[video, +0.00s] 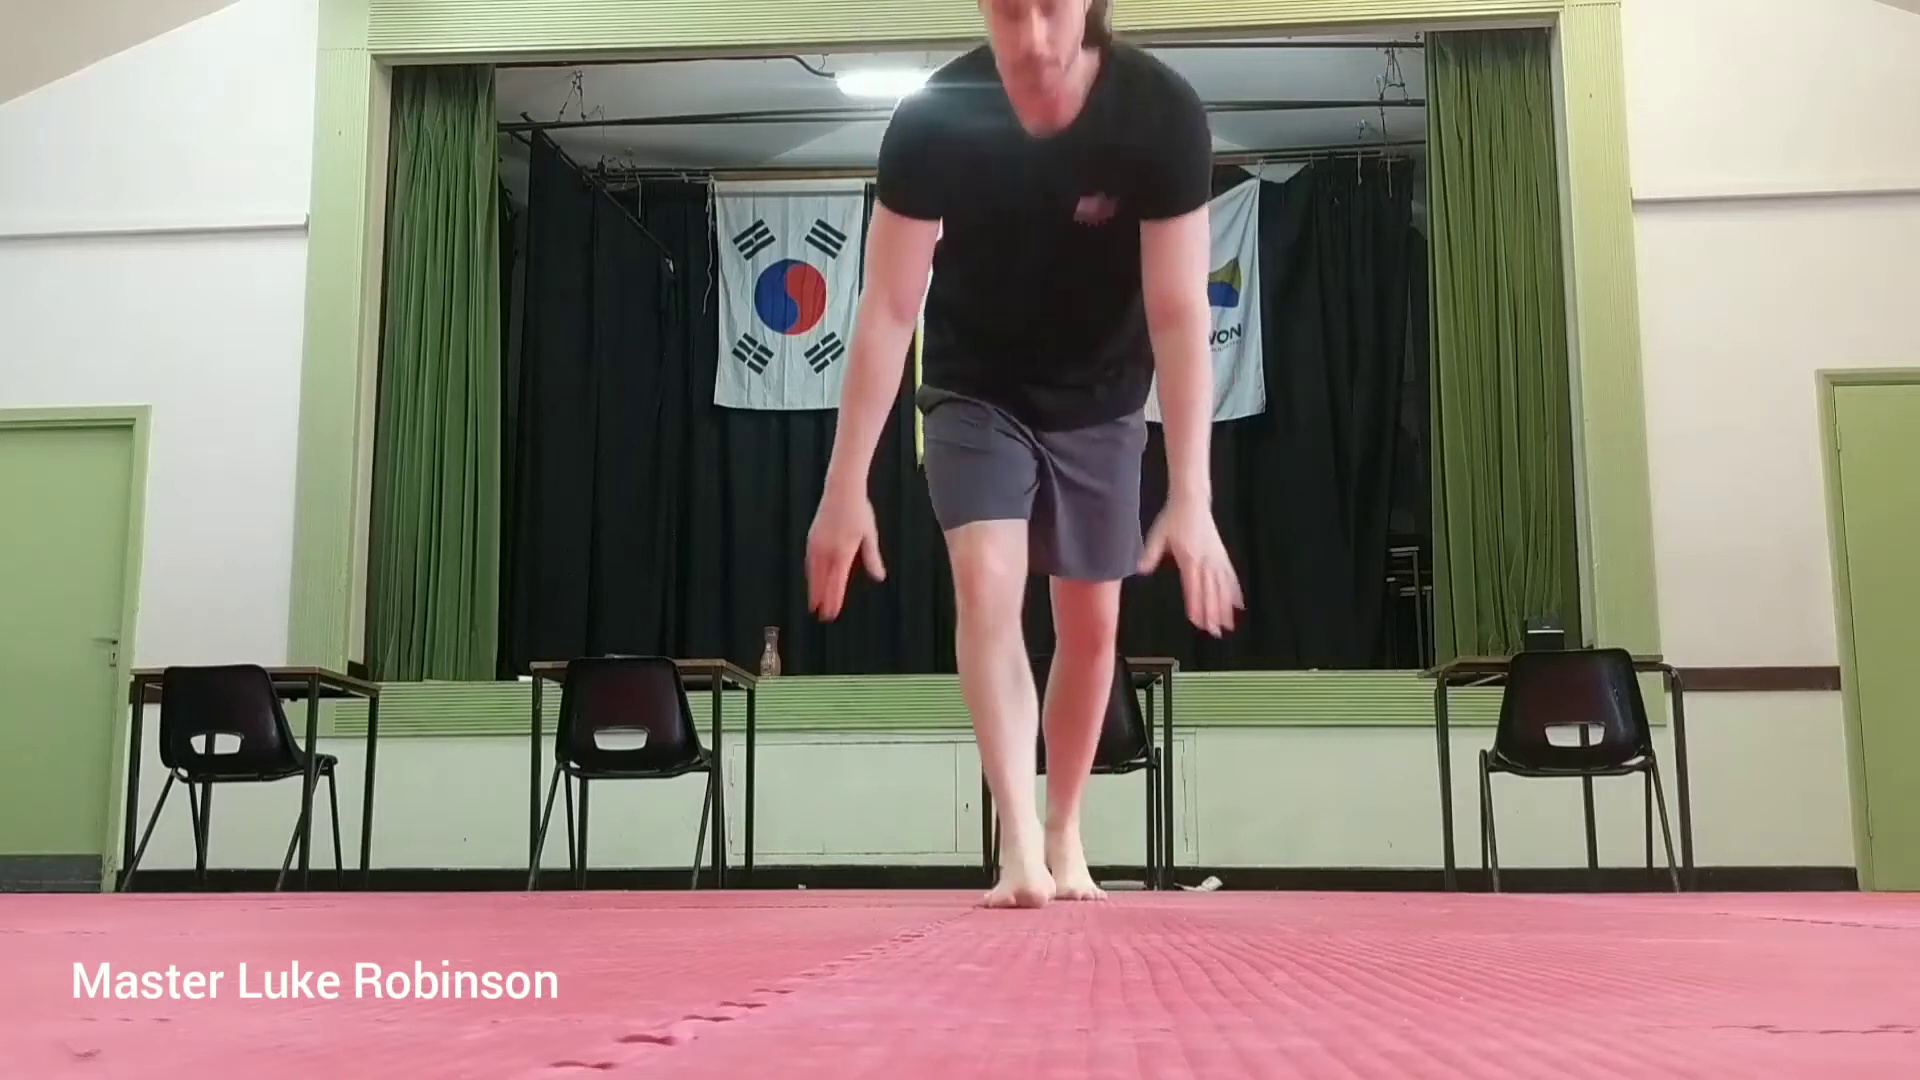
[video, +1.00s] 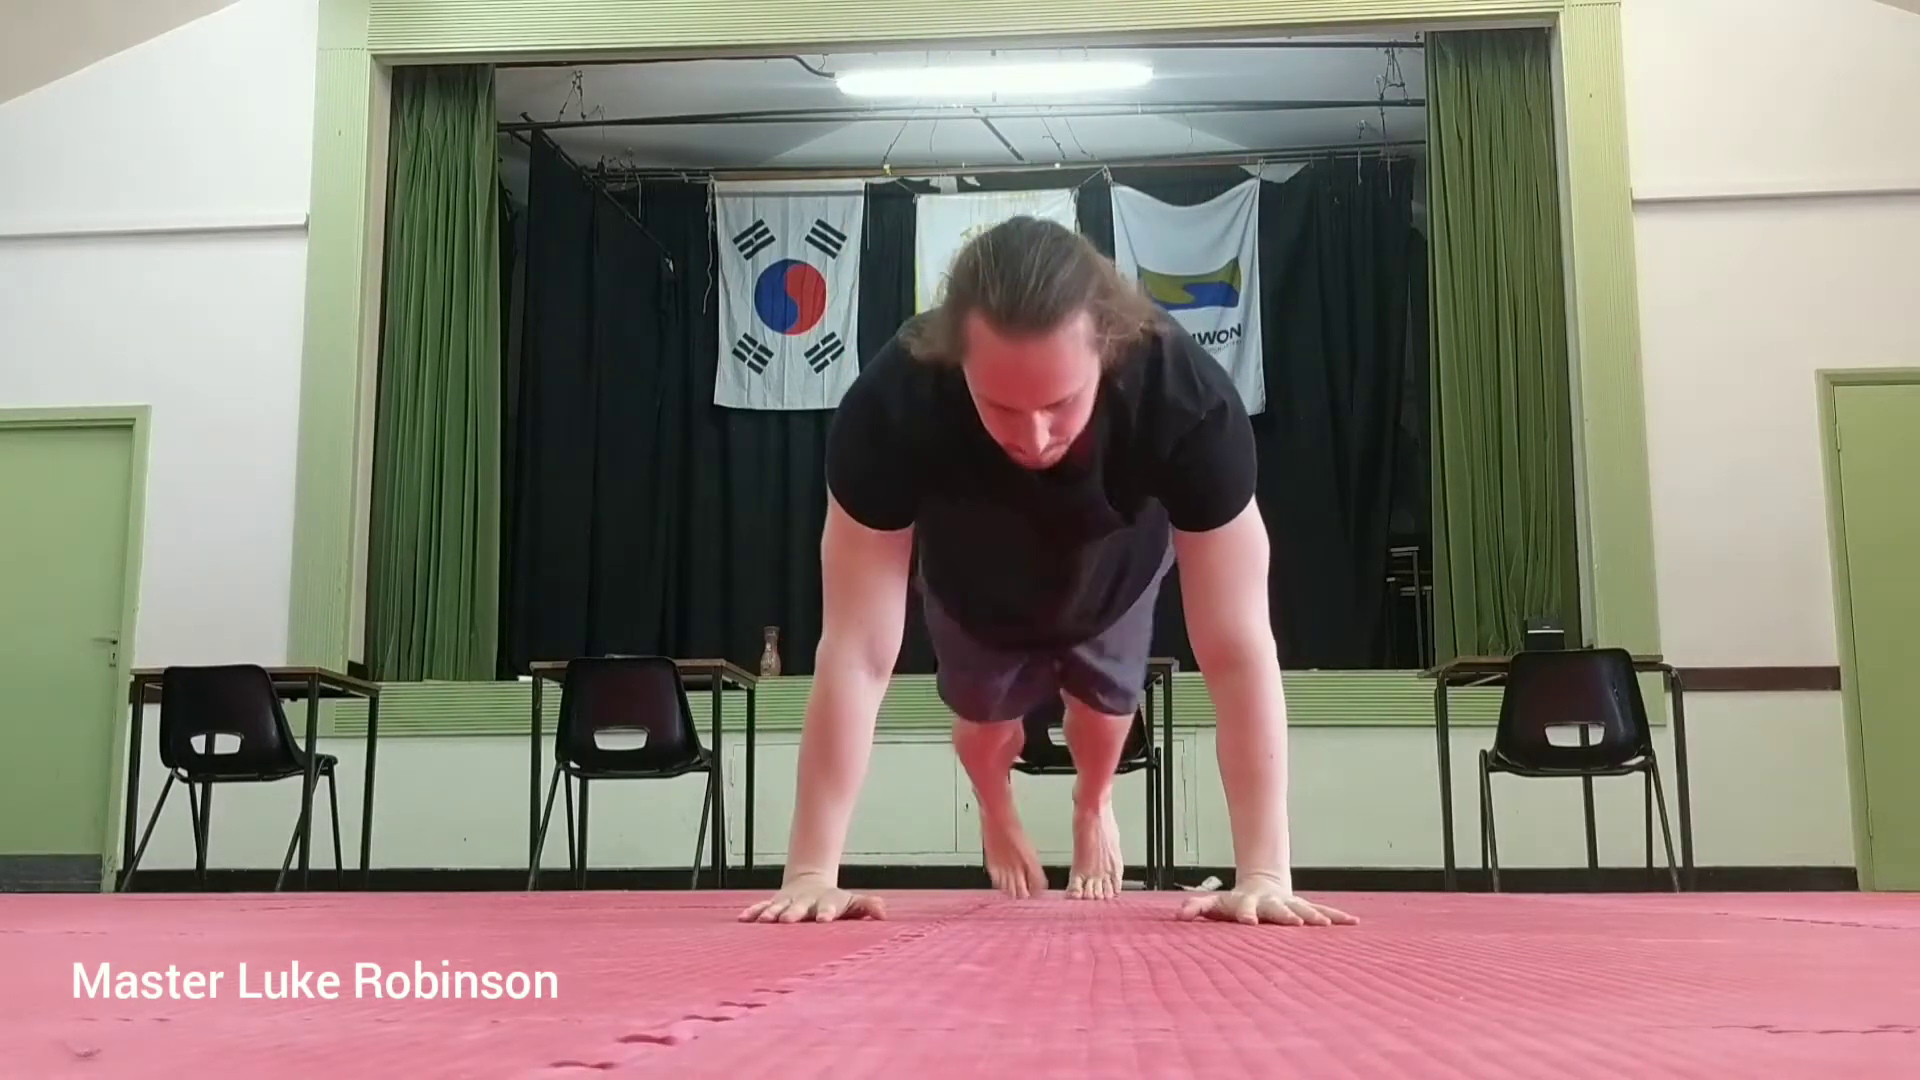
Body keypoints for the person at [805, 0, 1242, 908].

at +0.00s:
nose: (1037, 37)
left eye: (1056, 7)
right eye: (1012, 9)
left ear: (1093, 5)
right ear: (983, 11)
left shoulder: (1161, 114)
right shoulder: (933, 123)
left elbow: (1179, 317)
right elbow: (889, 313)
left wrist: (1191, 498)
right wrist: (844, 485)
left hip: (1104, 397)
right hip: (973, 390)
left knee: (1091, 624)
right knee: (988, 581)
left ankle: (1064, 833)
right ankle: (1020, 842)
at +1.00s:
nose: (1033, 438)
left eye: (1061, 406)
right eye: (1004, 410)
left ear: (1107, 353)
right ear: (959, 360)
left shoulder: (1185, 406)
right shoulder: (893, 412)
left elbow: (1238, 653)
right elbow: (856, 652)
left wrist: (1262, 873)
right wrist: (811, 868)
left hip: (1114, 589)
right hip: (973, 594)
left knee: (1106, 714)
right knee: (986, 724)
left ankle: (1094, 813)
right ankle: (998, 819)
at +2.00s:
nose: (1034, 455)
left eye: (1059, 424)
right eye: (1006, 428)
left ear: (1106, 379)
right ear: (967, 392)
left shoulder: (1189, 423)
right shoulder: (925, 444)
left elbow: (1255, 657)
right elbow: (865, 668)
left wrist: (1286, 874)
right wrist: (802, 868)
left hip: (1151, 605)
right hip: (1018, 618)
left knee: (1151, 729)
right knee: (1026, 735)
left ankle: (1136, 795)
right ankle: (1025, 823)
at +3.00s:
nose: (1075, 451)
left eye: (1099, 419)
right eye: (1046, 423)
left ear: (1140, 379)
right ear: (1010, 389)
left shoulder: (1219, 443)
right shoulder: (957, 466)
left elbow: (1266, 666)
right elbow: (913, 674)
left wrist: (1298, 873)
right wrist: (874, 870)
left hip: (1167, 617)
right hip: (1040, 627)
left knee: (1155, 725)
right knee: (1050, 724)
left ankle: (1136, 817)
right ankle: (1052, 829)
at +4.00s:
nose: (1073, 415)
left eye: (1093, 379)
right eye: (1039, 387)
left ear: (1131, 348)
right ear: (1000, 365)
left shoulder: (1215, 442)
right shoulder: (946, 450)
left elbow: (1285, 664)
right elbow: (904, 664)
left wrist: (1325, 873)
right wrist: (854, 866)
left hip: (1145, 620)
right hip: (1016, 632)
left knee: (1142, 732)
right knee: (1045, 746)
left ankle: (1142, 825)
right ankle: (1067, 831)